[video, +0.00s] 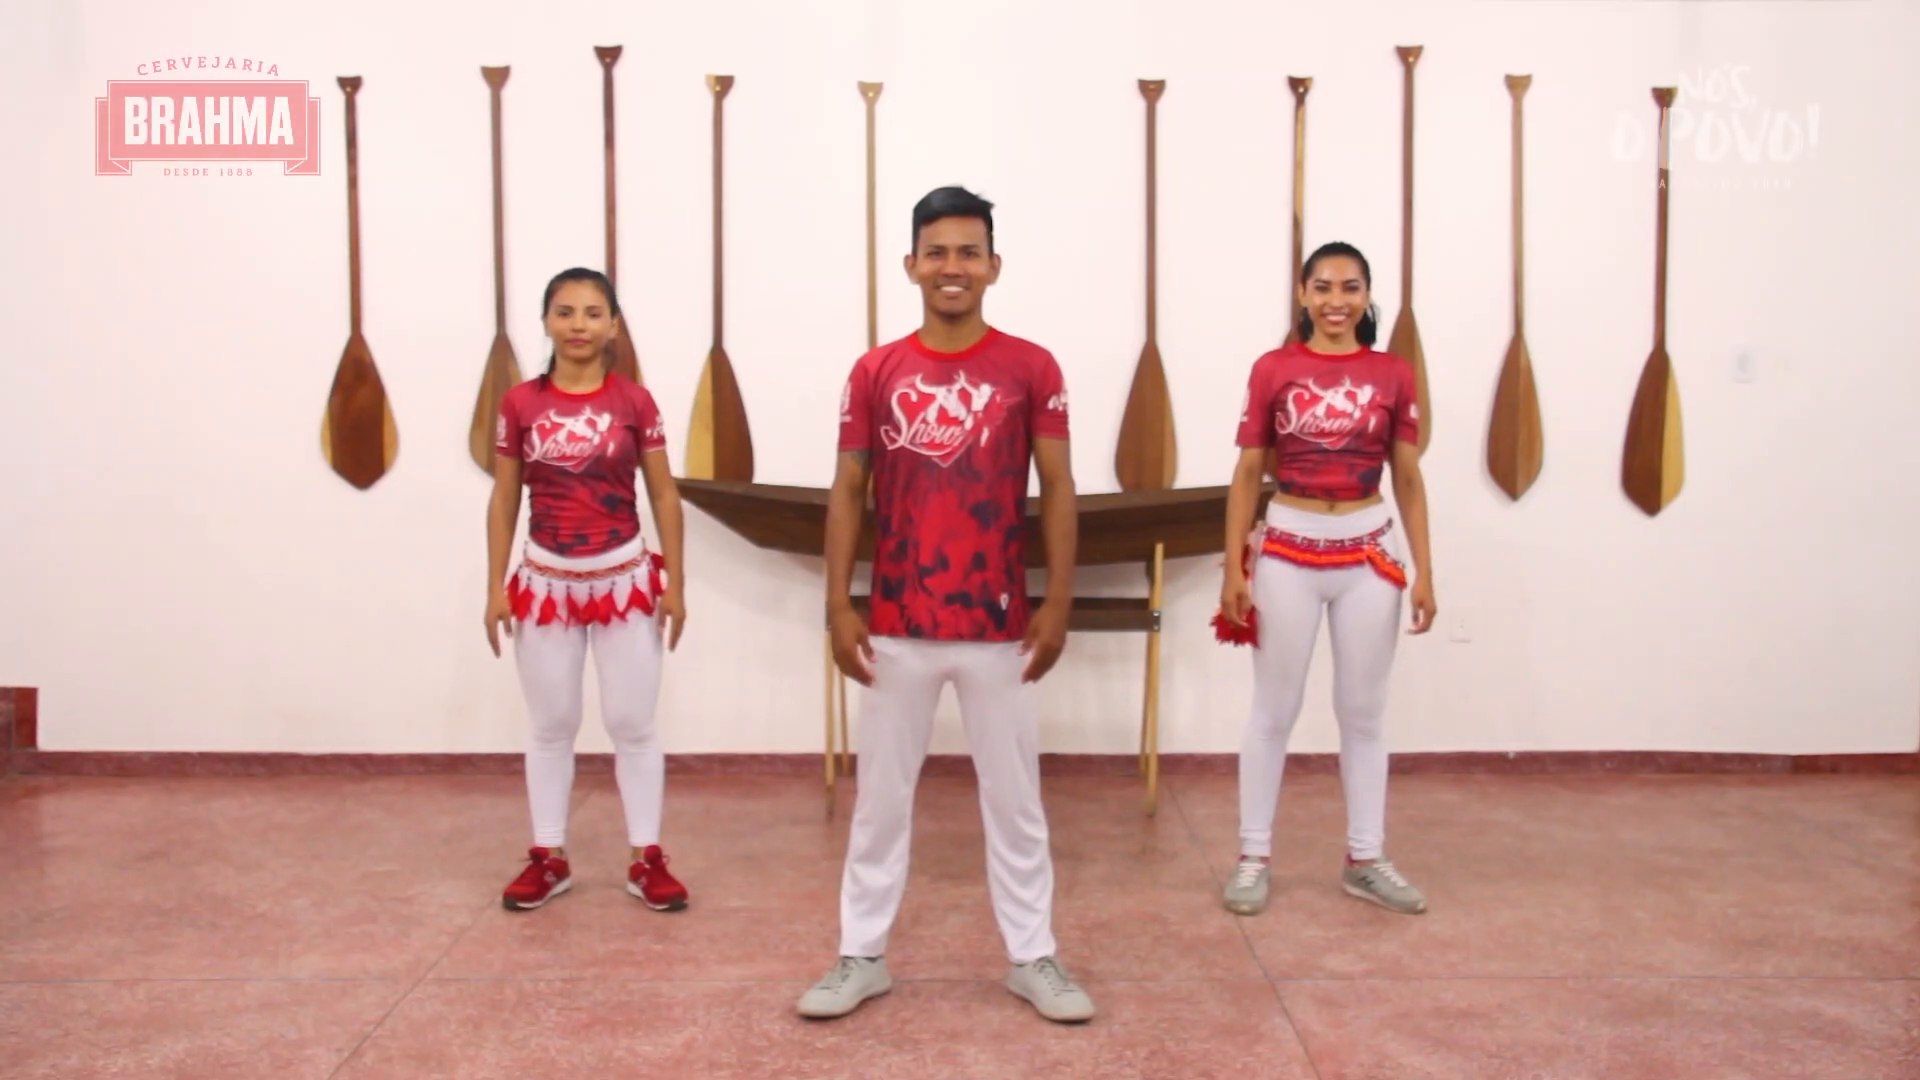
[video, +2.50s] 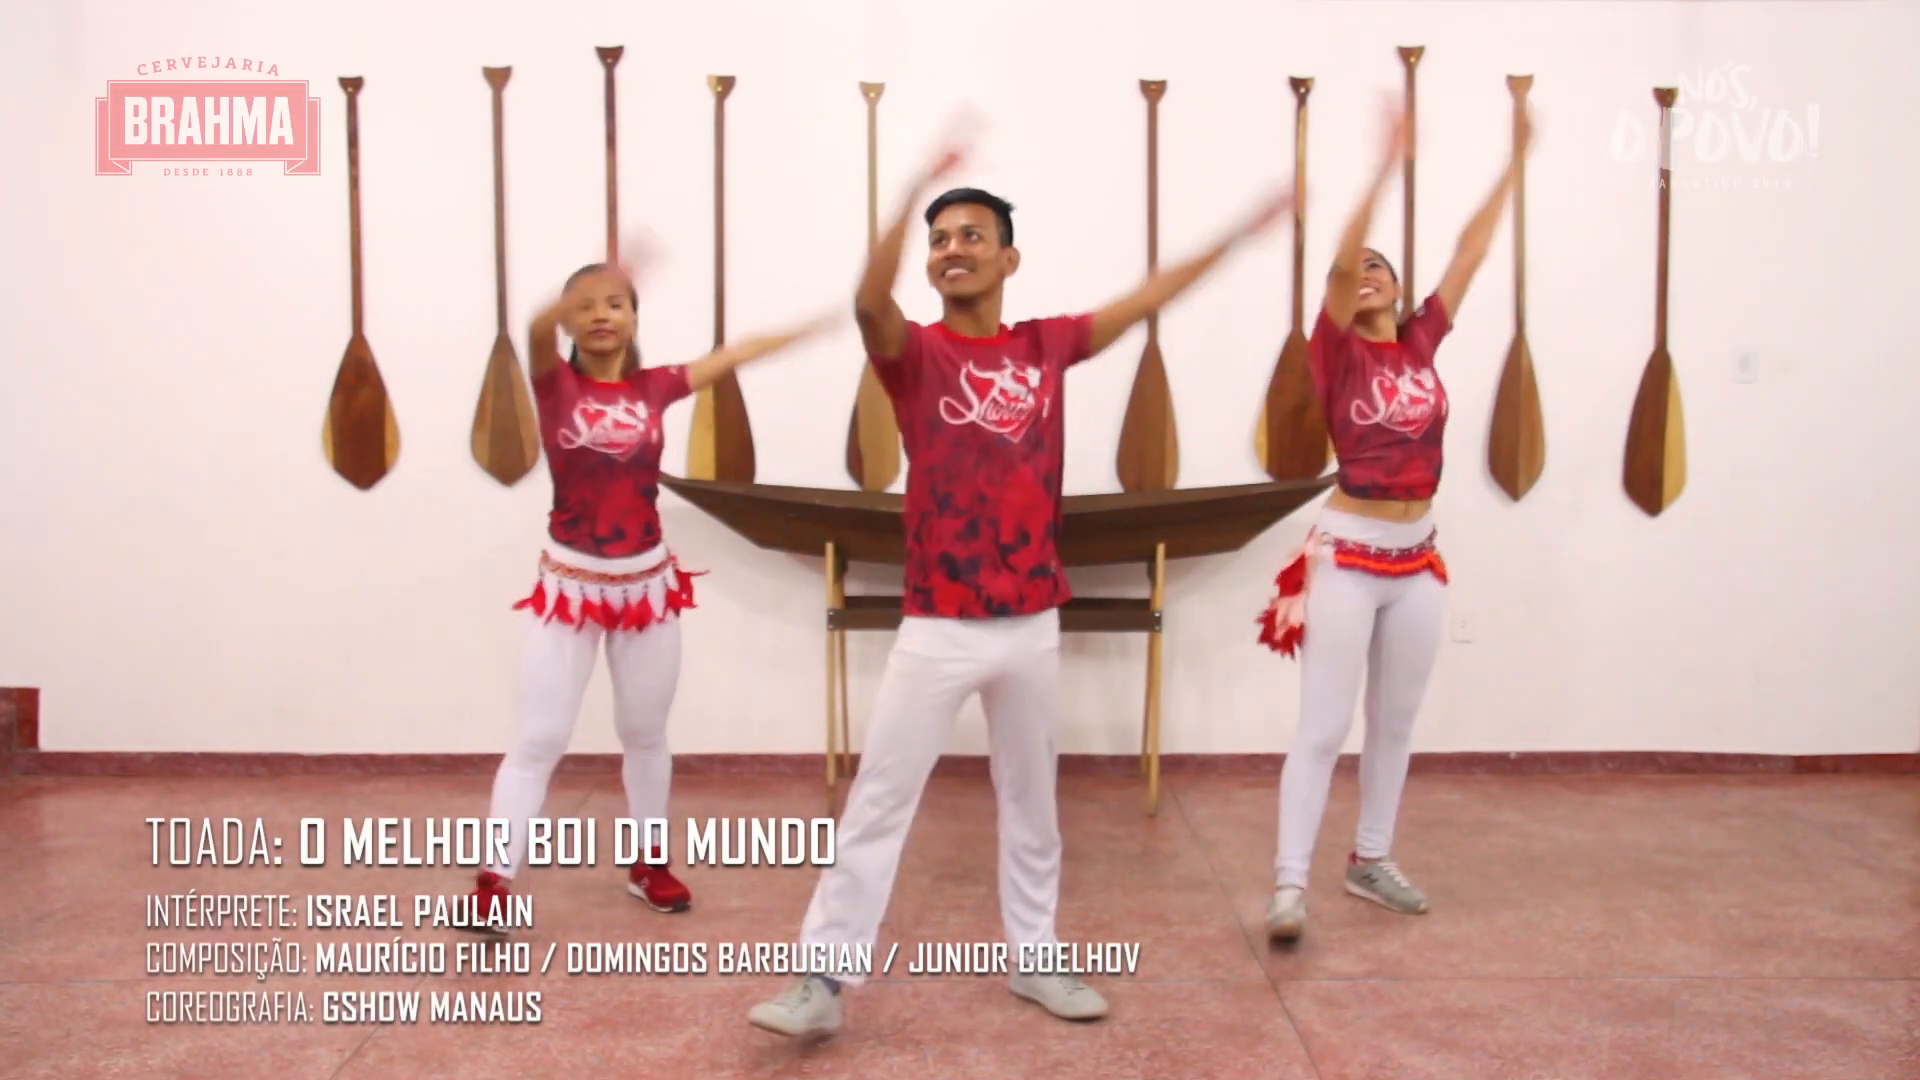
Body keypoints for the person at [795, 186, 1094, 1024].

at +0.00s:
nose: (953, 267)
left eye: (969, 252)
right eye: (937, 253)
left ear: (992, 264)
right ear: (913, 265)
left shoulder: (1031, 368)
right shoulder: (875, 372)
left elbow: (1058, 488)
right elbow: (847, 492)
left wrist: (1059, 601)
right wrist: (838, 604)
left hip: (998, 624)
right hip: (898, 623)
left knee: (1015, 799)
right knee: (881, 795)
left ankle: (1033, 955)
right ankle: (862, 953)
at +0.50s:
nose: (953, 268)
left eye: (969, 253)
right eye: (937, 254)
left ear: (991, 264)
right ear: (913, 266)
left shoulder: (1031, 369)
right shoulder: (876, 374)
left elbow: (1057, 491)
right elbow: (851, 496)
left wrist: (1057, 601)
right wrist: (844, 604)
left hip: (997, 623)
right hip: (899, 622)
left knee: (1015, 800)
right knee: (881, 797)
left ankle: (1034, 955)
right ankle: (862, 954)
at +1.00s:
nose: (955, 269)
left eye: (971, 254)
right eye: (939, 255)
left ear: (993, 264)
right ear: (914, 267)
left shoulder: (1031, 369)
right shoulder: (876, 374)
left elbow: (1057, 490)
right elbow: (852, 495)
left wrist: (1054, 602)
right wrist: (844, 604)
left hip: (997, 623)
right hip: (900, 623)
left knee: (1016, 799)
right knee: (881, 796)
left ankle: (1034, 955)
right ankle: (862, 954)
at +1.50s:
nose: (962, 270)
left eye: (977, 255)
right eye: (946, 256)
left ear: (998, 266)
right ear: (919, 267)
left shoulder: (1034, 371)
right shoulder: (879, 373)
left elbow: (1058, 492)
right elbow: (852, 494)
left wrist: (1059, 601)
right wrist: (845, 605)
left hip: (999, 624)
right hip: (901, 623)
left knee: (1016, 799)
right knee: (881, 796)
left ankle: (1033, 954)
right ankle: (863, 953)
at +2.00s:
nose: (969, 249)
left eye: (987, 237)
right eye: (956, 239)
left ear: (1020, 261)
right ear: (939, 264)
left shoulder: (1054, 371)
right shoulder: (912, 371)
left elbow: (1064, 486)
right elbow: (911, 499)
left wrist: (1074, 600)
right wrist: (939, 618)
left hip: (1028, 626)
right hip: (937, 625)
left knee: (1028, 800)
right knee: (898, 797)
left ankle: (1034, 954)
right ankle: (868, 951)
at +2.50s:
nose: (954, 248)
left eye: (973, 235)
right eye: (942, 238)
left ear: (1009, 258)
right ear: (929, 265)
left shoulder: (1043, 344)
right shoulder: (914, 352)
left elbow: (1147, 297)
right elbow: (872, 301)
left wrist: (1239, 233)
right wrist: (906, 206)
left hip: (1029, 623)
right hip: (935, 624)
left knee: (1033, 803)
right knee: (878, 798)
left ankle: (1035, 958)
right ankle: (819, 975)